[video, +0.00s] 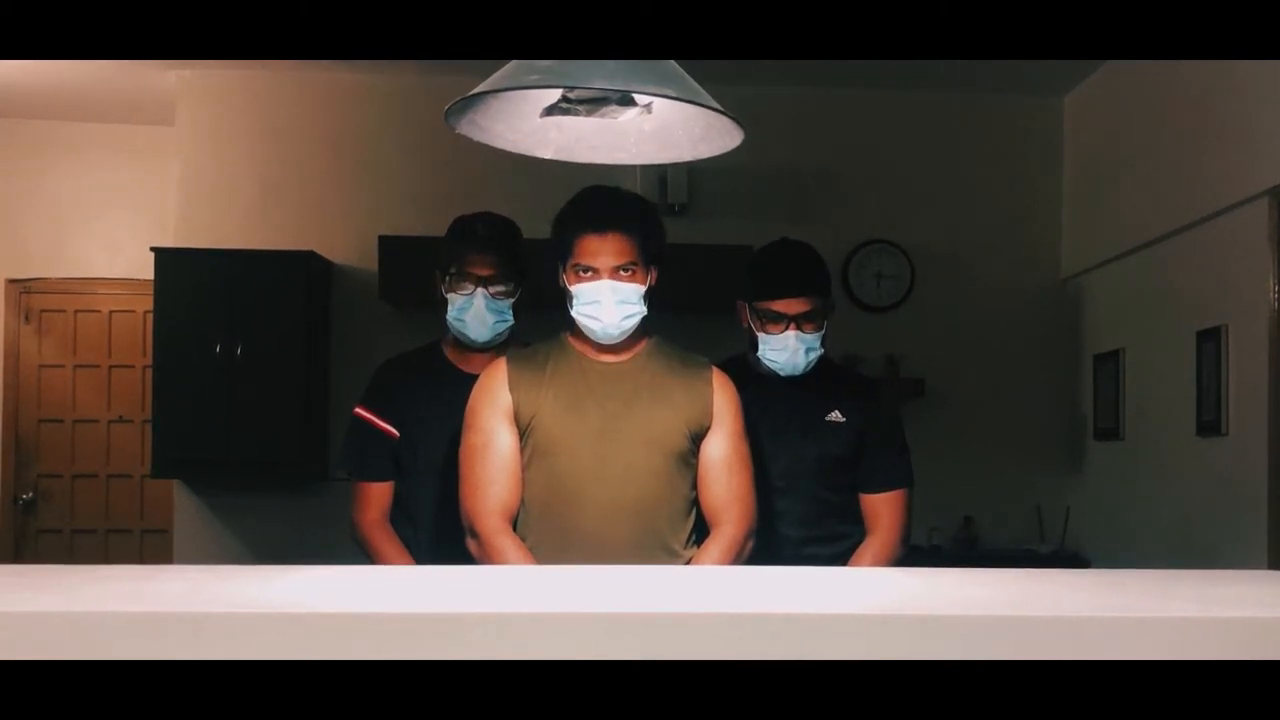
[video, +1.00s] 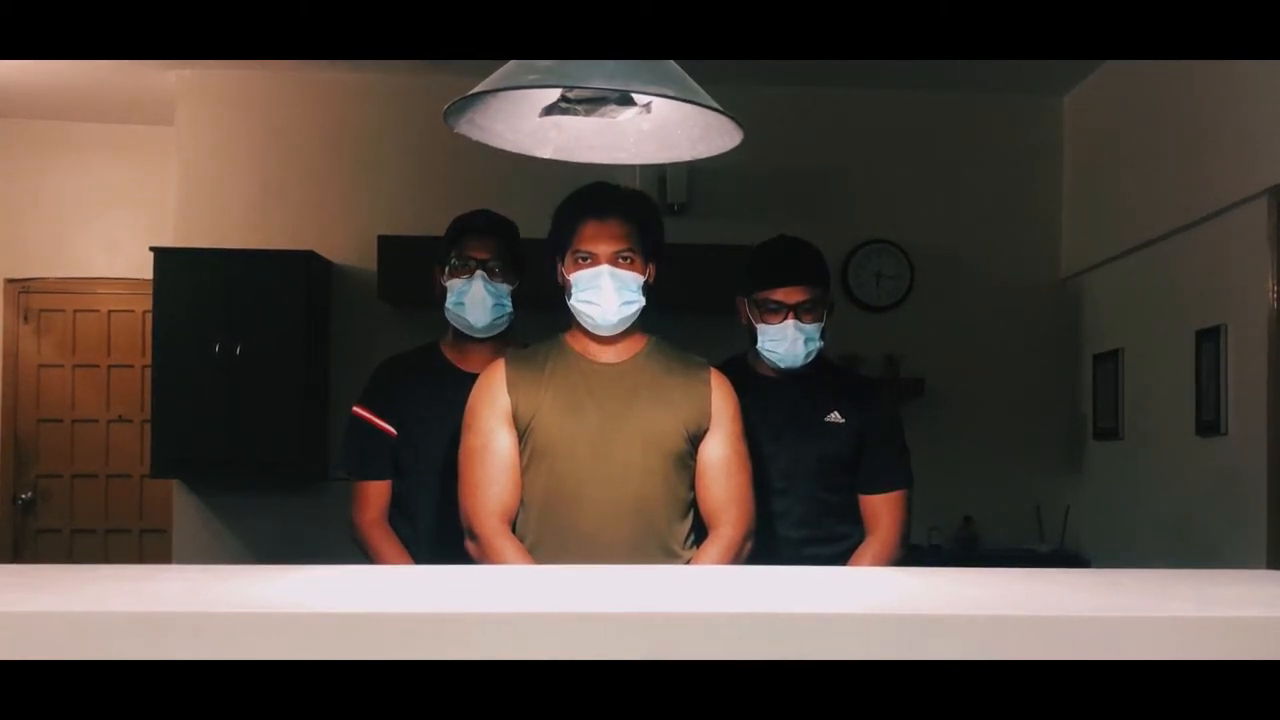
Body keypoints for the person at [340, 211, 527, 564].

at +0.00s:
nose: (480, 305)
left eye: (499, 289)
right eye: (464, 284)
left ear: (518, 293)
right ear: (443, 286)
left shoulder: (539, 384)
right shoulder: (399, 380)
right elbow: (370, 520)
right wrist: (423, 597)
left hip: (516, 593)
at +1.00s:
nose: (479, 284)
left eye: (496, 270)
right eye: (463, 267)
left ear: (515, 283)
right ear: (442, 277)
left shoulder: (540, 382)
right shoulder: (397, 380)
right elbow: (369, 520)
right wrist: (422, 598)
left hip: (518, 593)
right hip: (427, 592)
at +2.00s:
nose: (481, 271)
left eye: (498, 259)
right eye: (465, 256)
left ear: (516, 275)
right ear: (443, 273)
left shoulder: (541, 380)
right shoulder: (397, 378)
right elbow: (368, 520)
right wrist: (422, 599)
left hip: (517, 593)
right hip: (426, 591)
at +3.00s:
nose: (482, 263)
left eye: (498, 253)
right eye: (468, 251)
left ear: (516, 270)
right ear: (444, 271)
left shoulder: (542, 382)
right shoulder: (397, 380)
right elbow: (368, 519)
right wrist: (422, 598)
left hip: (518, 594)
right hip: (427, 592)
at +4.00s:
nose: (483, 262)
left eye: (499, 252)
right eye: (469, 251)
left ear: (518, 272)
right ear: (446, 272)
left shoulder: (542, 382)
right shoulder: (399, 380)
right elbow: (369, 518)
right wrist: (421, 598)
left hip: (518, 593)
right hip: (427, 592)